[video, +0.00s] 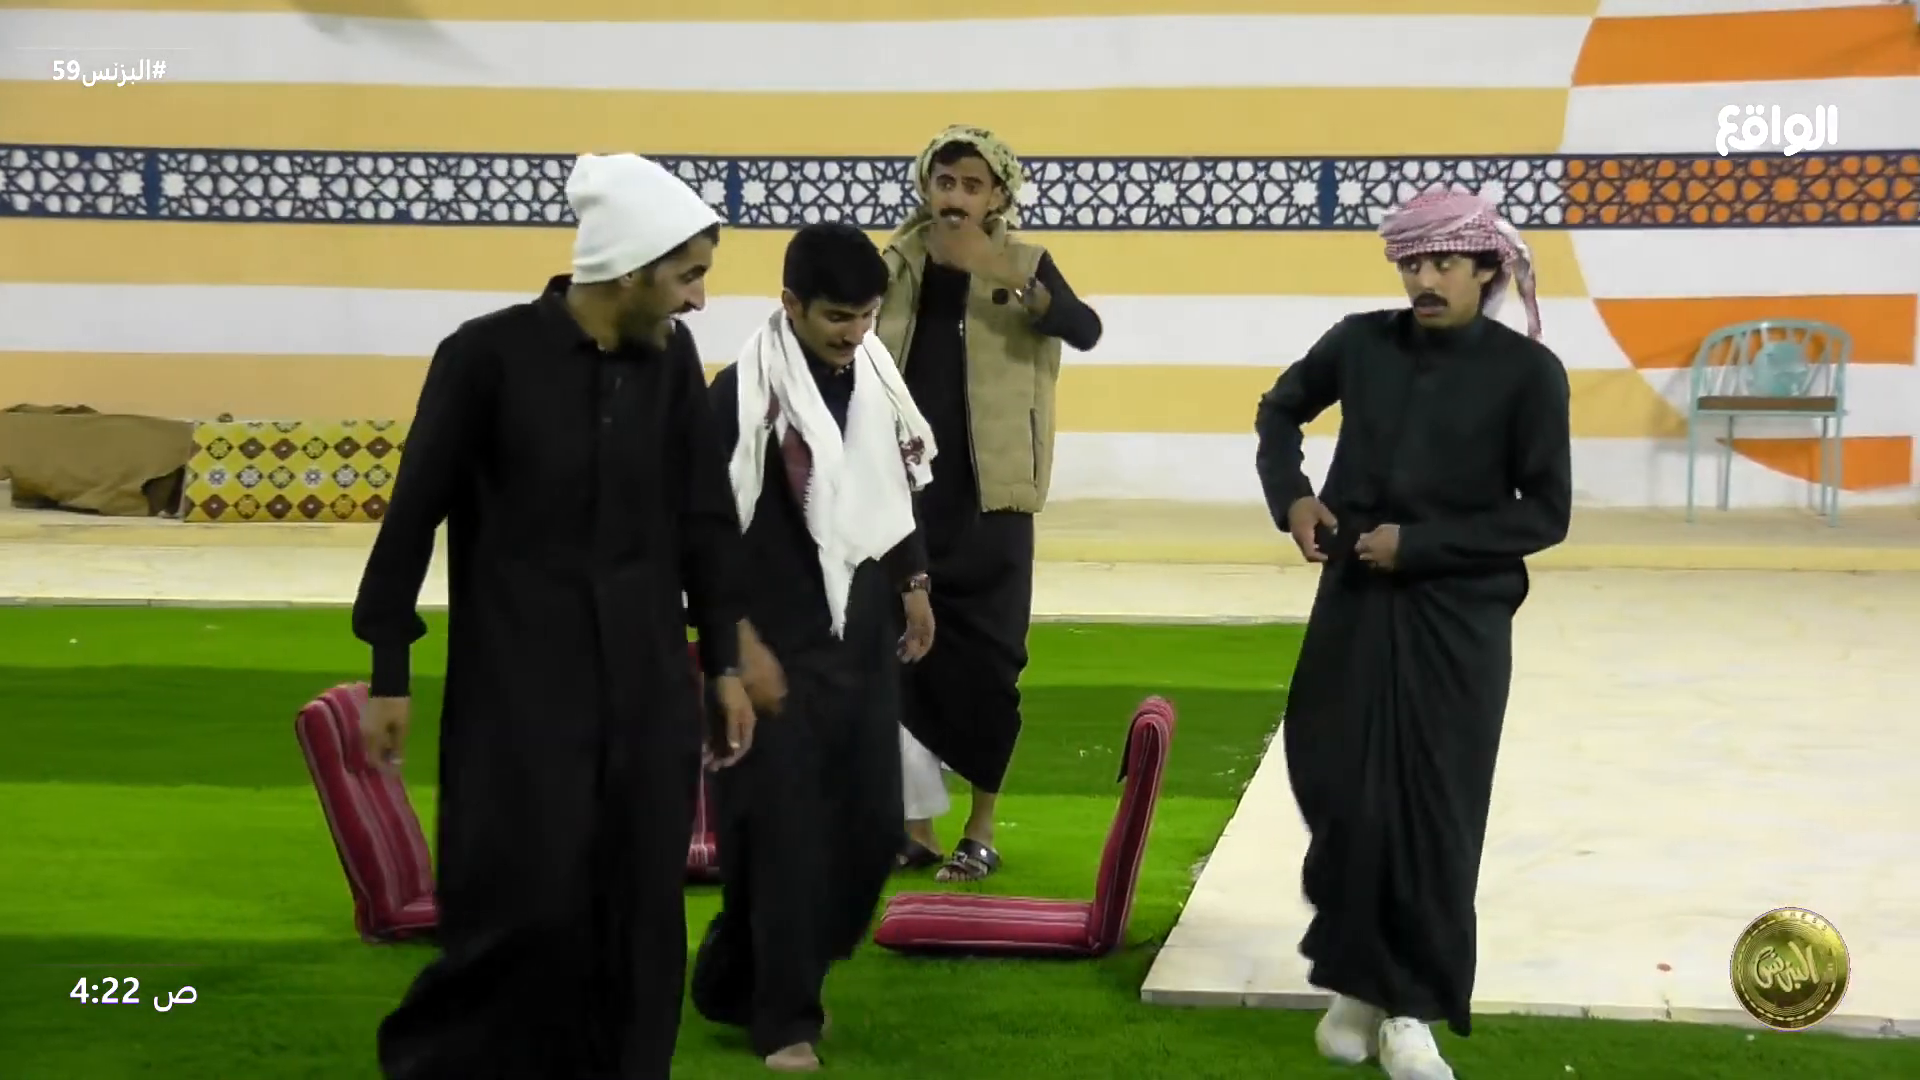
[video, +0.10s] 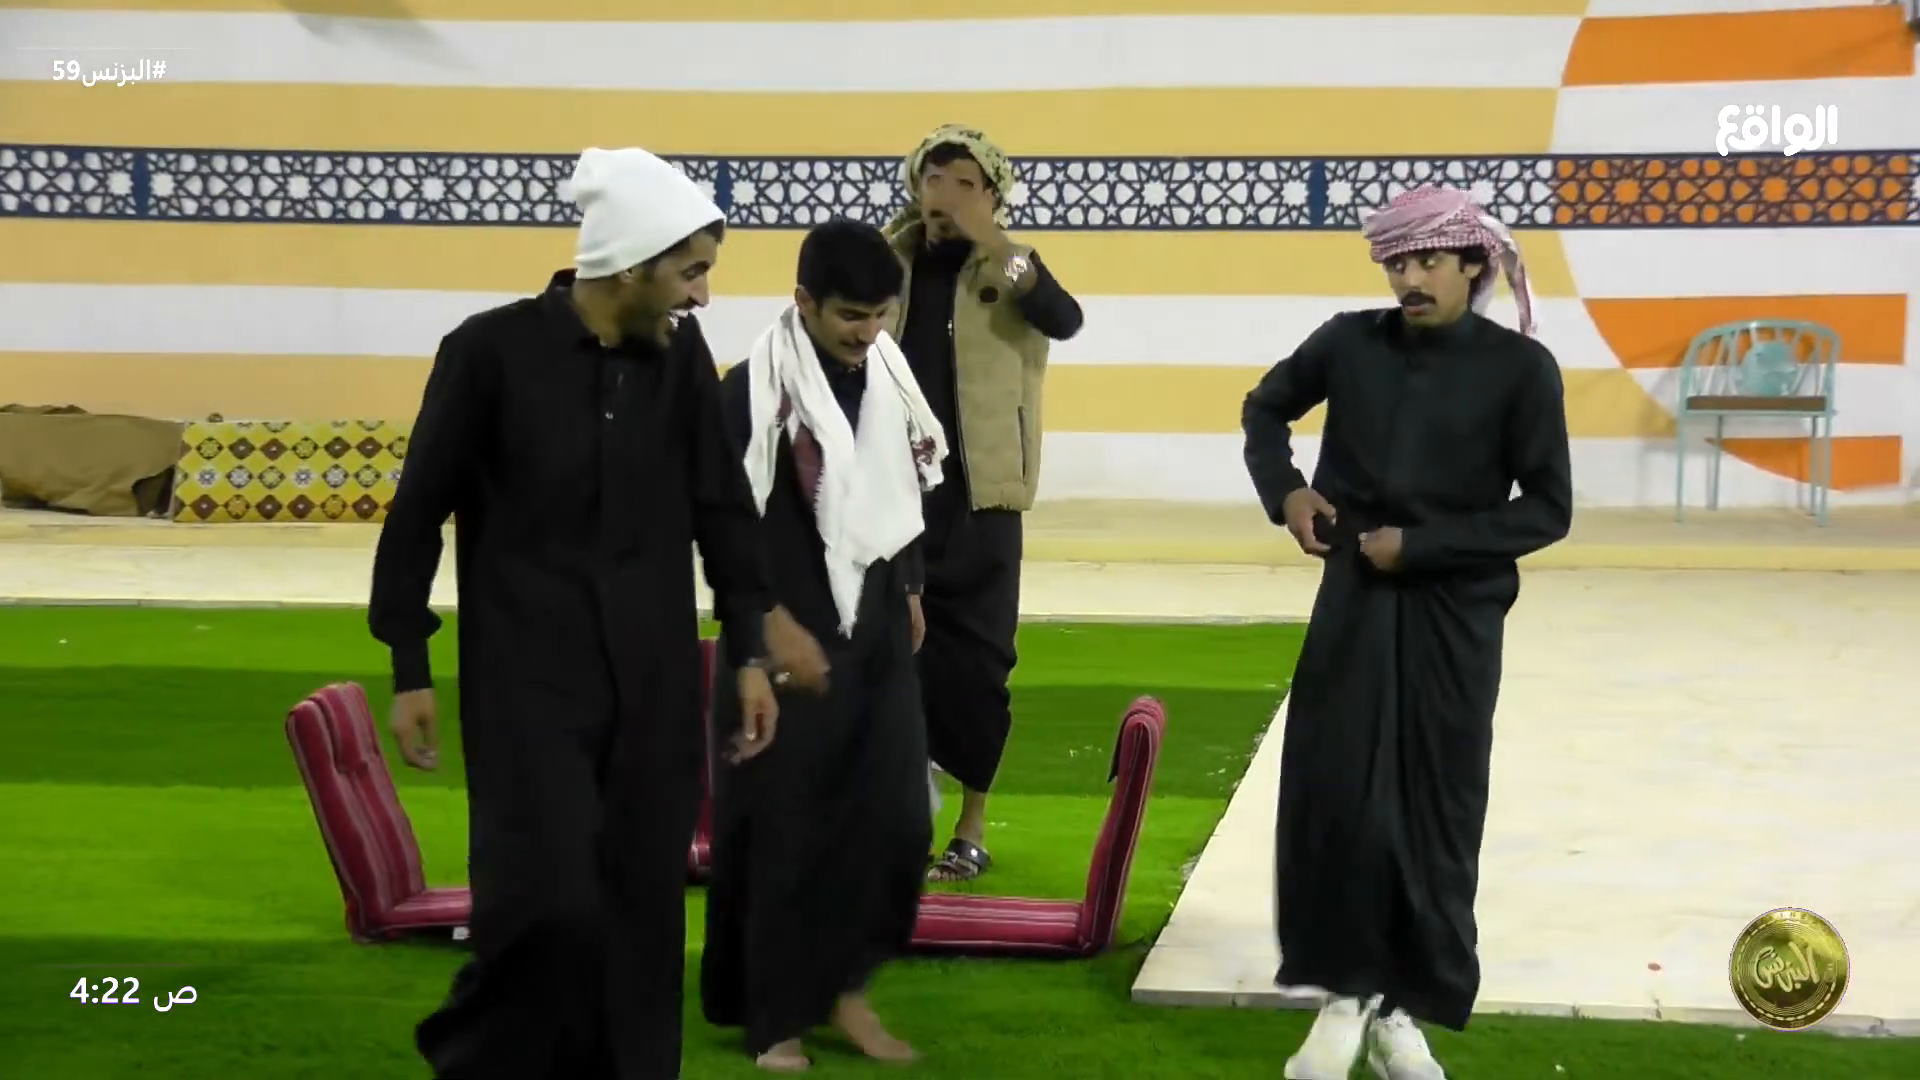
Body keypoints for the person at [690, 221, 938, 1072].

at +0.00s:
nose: (856, 332)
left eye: (867, 315)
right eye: (838, 318)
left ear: (879, 304)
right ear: (792, 303)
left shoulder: (875, 373)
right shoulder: (742, 393)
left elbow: (892, 490)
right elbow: (704, 532)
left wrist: (914, 582)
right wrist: (740, 641)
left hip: (863, 645)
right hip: (777, 650)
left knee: (868, 830)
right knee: (783, 832)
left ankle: (735, 972)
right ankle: (784, 1022)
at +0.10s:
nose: (869, 331)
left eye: (880, 314)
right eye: (851, 316)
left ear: (892, 304)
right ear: (805, 300)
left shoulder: (888, 367)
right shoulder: (750, 389)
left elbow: (905, 493)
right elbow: (726, 527)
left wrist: (907, 586)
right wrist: (760, 634)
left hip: (879, 633)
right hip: (789, 638)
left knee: (890, 814)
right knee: (783, 825)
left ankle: (849, 992)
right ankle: (775, 1020)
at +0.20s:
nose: (895, 338)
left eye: (908, 322)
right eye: (879, 322)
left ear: (922, 314)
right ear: (833, 307)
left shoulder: (917, 389)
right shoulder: (776, 401)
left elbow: (925, 523)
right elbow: (745, 527)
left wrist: (919, 625)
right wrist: (805, 611)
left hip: (901, 646)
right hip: (803, 649)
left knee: (923, 835)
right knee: (788, 838)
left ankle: (945, 1042)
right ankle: (773, 1030)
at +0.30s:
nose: (922, 347)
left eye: (934, 331)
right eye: (904, 330)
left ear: (943, 324)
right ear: (854, 314)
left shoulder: (942, 410)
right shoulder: (796, 406)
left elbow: (972, 548)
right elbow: (754, 538)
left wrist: (967, 666)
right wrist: (809, 628)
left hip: (922, 674)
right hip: (813, 676)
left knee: (931, 860)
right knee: (799, 851)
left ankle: (946, 1045)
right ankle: (774, 1016)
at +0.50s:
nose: (993, 341)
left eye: (1007, 325)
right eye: (976, 323)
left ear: (1020, 314)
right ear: (928, 301)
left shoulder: (1010, 391)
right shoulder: (860, 385)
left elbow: (1028, 529)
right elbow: (809, 519)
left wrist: (1036, 647)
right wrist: (797, 647)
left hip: (981, 676)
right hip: (878, 670)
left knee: (976, 867)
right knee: (876, 861)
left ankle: (955, 1051)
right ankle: (843, 1039)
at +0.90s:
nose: (1051, 346)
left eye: (1067, 326)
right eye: (1030, 328)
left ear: (1084, 311)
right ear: (986, 311)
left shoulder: (1117, 389)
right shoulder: (937, 414)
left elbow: (1173, 524)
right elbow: (881, 565)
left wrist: (1223, 643)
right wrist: (847, 717)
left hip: (1094, 683)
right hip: (979, 694)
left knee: (1095, 884)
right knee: (1005, 919)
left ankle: (1038, 1051)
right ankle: (1003, 1061)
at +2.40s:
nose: (1192, 296)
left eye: (1224, 271)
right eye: (1176, 269)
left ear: (1290, 289)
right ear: (1158, 279)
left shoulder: (1370, 416)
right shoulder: (1120, 416)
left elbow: (1408, 593)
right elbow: (1099, 601)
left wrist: (1324, 482)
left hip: (1317, 790)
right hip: (1166, 792)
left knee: (1315, 1026)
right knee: (1173, 1026)